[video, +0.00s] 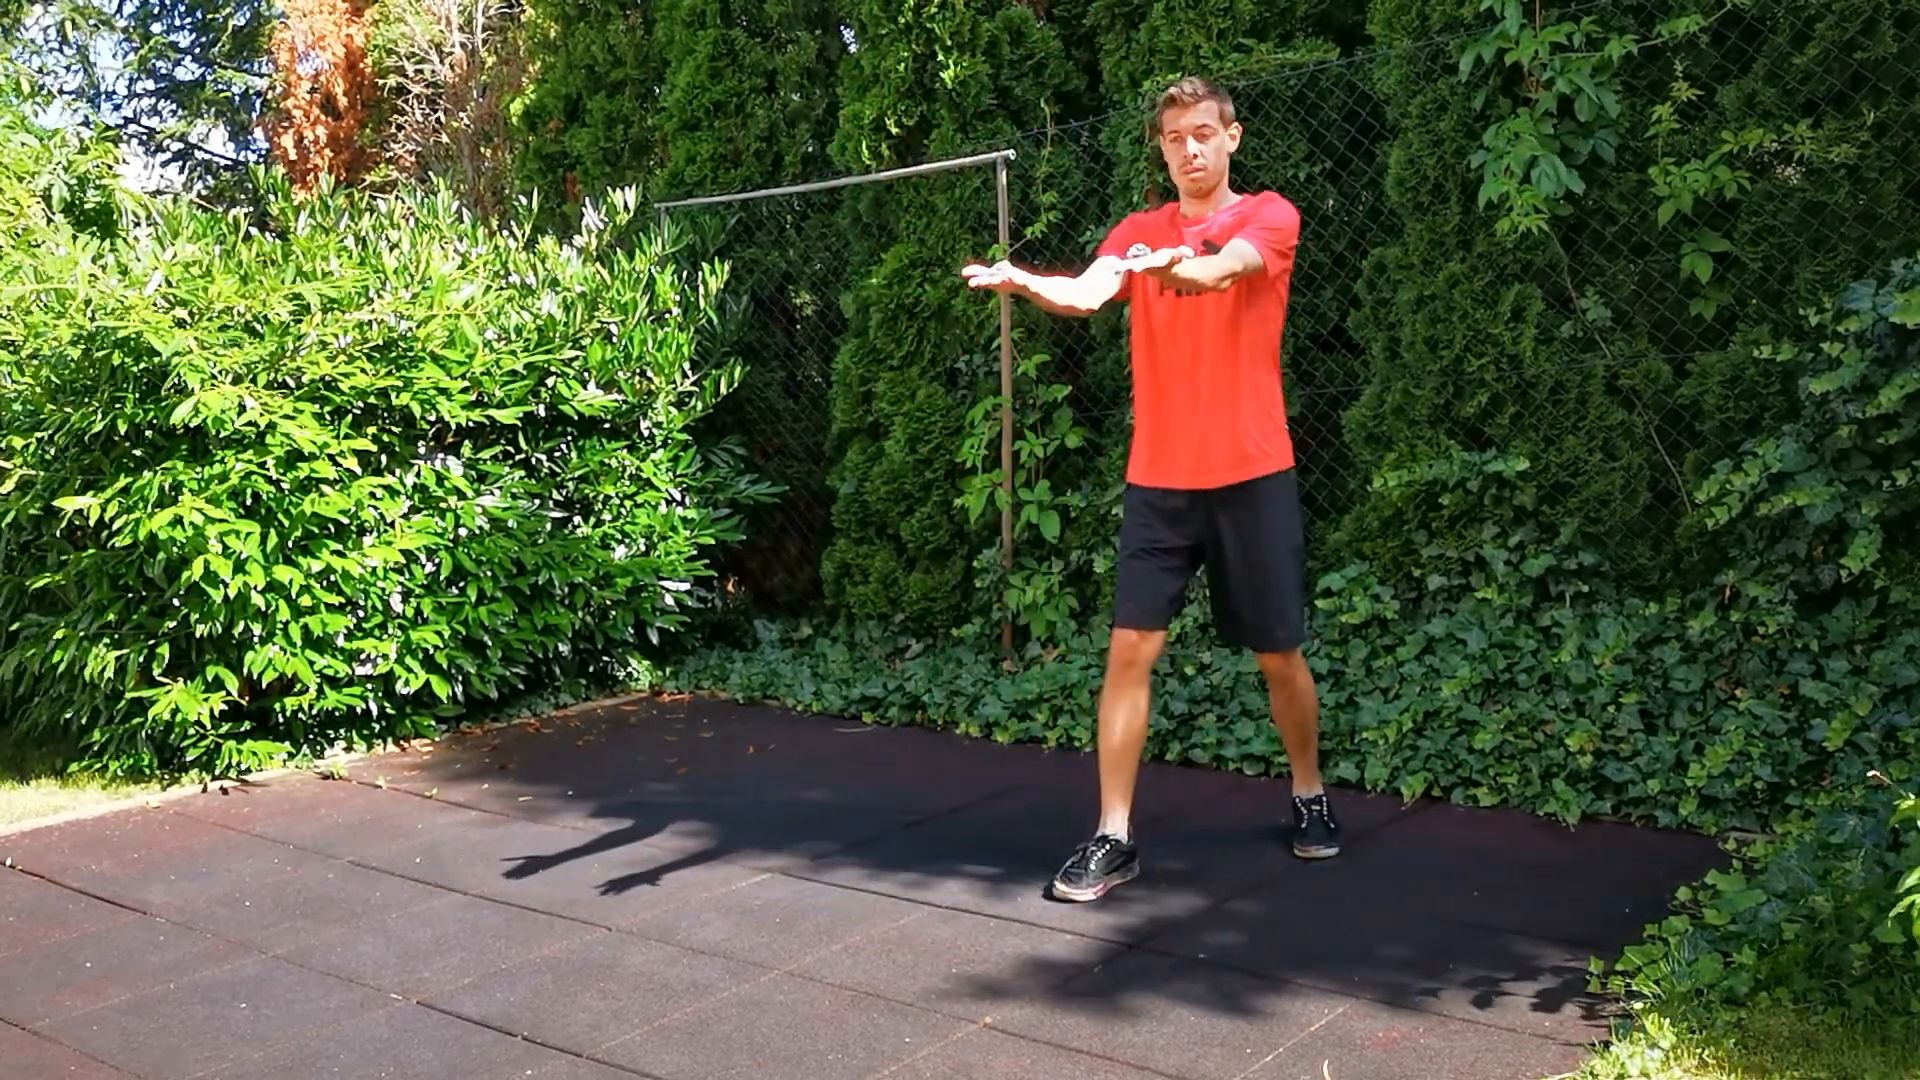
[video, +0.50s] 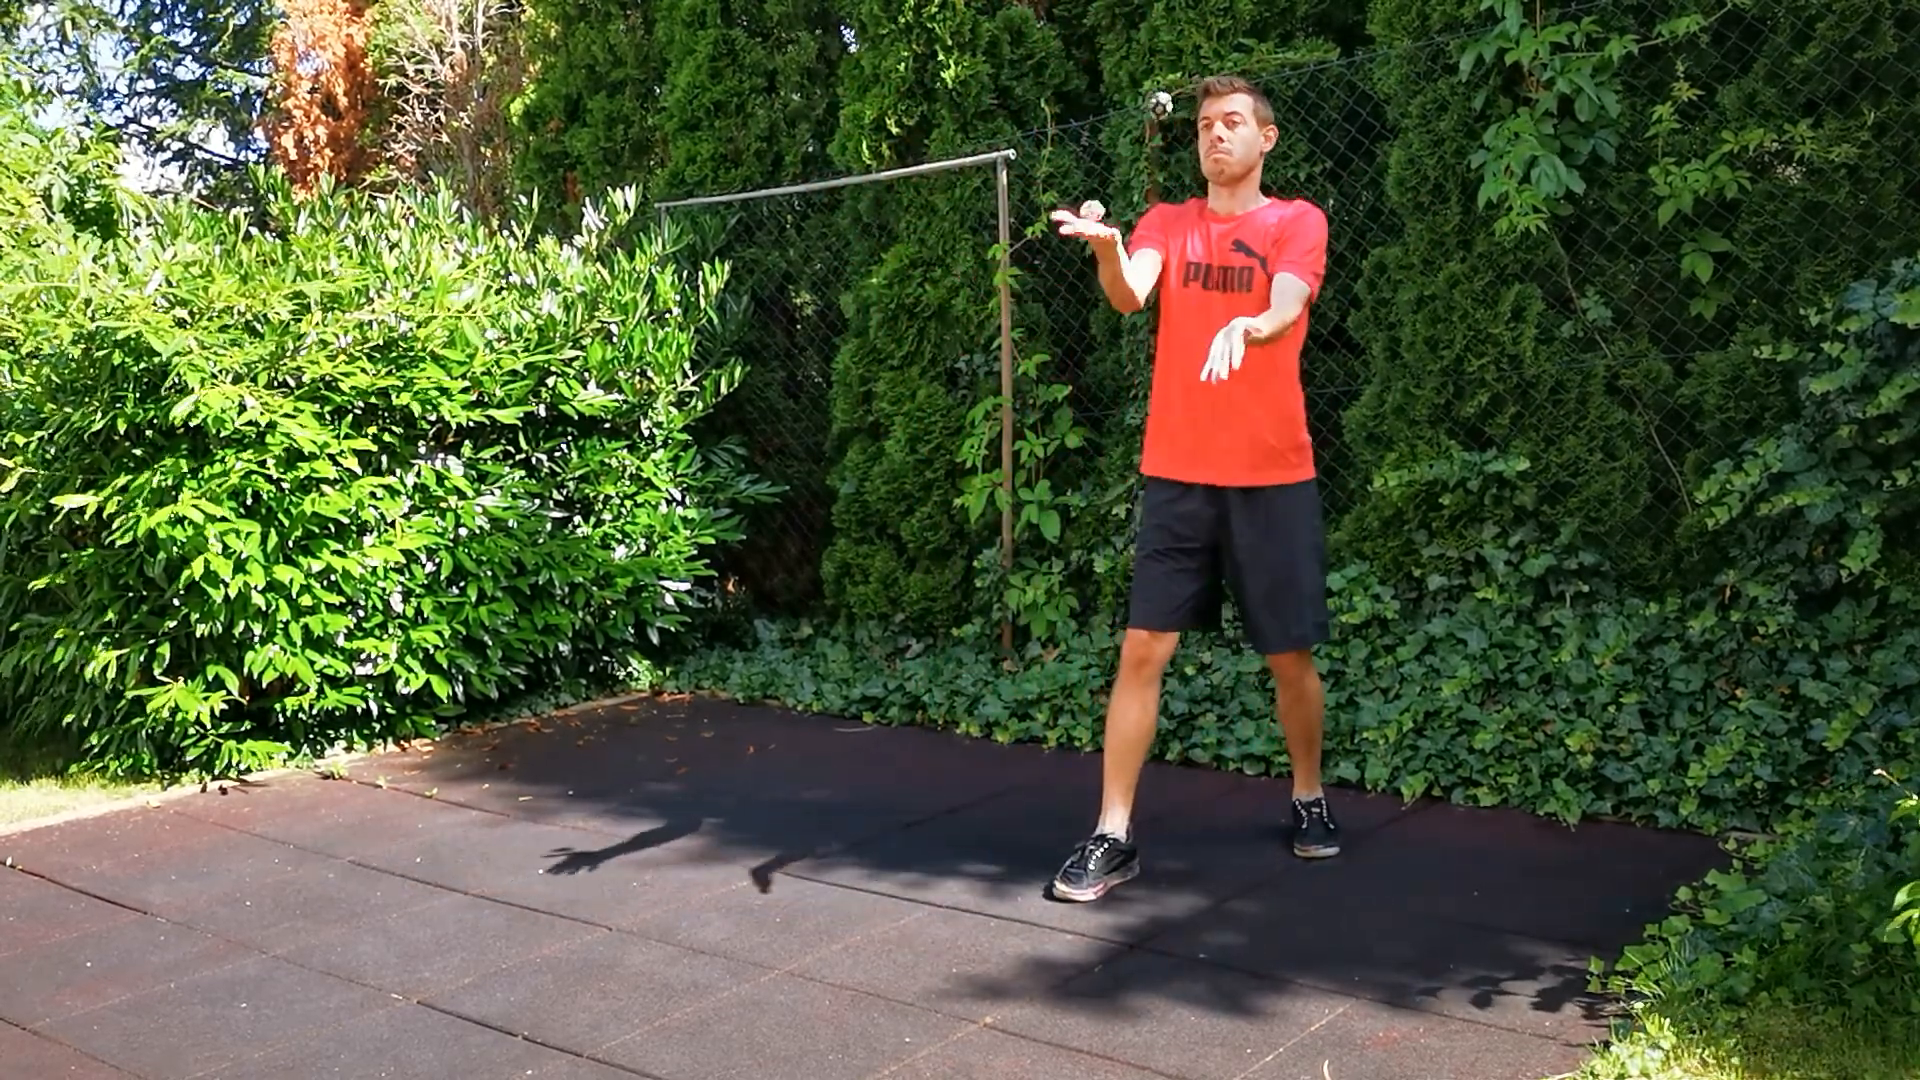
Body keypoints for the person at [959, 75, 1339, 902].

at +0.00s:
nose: (1189, 151)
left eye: (1202, 134)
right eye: (1175, 139)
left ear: (1233, 138)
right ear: (1159, 150)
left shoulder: (1272, 213)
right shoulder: (1140, 230)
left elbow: (1231, 261)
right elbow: (1083, 294)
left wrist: (1181, 266)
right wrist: (1018, 278)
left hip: (1252, 473)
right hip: (1158, 476)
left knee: (1279, 651)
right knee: (1130, 646)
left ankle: (1309, 797)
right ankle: (1113, 834)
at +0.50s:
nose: (1219, 134)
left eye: (1234, 121)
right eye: (1209, 125)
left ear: (1268, 138)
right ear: (1195, 146)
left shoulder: (1300, 221)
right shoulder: (1164, 221)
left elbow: (1289, 301)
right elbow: (1127, 298)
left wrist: (1250, 327)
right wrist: (1107, 246)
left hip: (1272, 475)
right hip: (1176, 471)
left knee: (1289, 652)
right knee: (1142, 648)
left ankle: (1309, 800)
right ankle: (1110, 833)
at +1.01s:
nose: (1255, 170)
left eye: (1268, 156)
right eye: (1242, 157)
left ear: (1296, 159)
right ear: (1224, 163)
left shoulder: (1324, 251)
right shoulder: (1192, 244)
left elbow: (1342, 359)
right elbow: (1157, 358)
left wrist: (1344, 395)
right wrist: (1104, 415)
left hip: (1282, 497)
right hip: (1190, 488)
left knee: (1287, 674)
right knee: (1142, 649)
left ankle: (1309, 800)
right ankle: (1111, 833)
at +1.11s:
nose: (1264, 176)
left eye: (1278, 161)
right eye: (1252, 162)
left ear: (1309, 161)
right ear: (1235, 166)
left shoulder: (1339, 255)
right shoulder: (1194, 242)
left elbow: (1369, 366)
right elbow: (1139, 345)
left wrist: (1396, 380)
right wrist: (1063, 371)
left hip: (1291, 499)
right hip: (1193, 489)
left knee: (1300, 670)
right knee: (1143, 646)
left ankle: (1309, 801)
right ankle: (1111, 833)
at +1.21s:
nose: (1266, 180)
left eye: (1282, 164)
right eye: (1254, 164)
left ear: (1308, 159)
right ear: (1234, 159)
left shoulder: (1345, 248)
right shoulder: (1190, 237)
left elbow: (1400, 350)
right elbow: (1096, 308)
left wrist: (1452, 363)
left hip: (1294, 500)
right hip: (1195, 490)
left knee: (1303, 673)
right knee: (1144, 646)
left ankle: (1310, 804)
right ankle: (1108, 830)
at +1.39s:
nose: (1296, 204)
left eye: (1303, 189)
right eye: (1282, 188)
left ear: (1305, 183)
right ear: (1234, 178)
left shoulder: (1324, 262)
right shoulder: (1173, 244)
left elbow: (1364, 376)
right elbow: (1064, 289)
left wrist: (1406, 481)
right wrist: (1129, 219)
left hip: (1305, 508)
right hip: (1196, 504)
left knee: (1367, 668)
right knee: (1136, 658)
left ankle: (1338, 777)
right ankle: (1094, 827)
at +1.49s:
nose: (1337, 230)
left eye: (1343, 214)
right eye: (1324, 214)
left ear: (1339, 208)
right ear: (1274, 203)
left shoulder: (1349, 288)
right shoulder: (1194, 258)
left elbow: (1382, 401)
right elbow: (1070, 298)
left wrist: (1428, 513)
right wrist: (1122, 295)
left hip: (1318, 510)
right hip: (1208, 511)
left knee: (1416, 654)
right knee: (1134, 657)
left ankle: (1421, 788)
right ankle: (1094, 827)